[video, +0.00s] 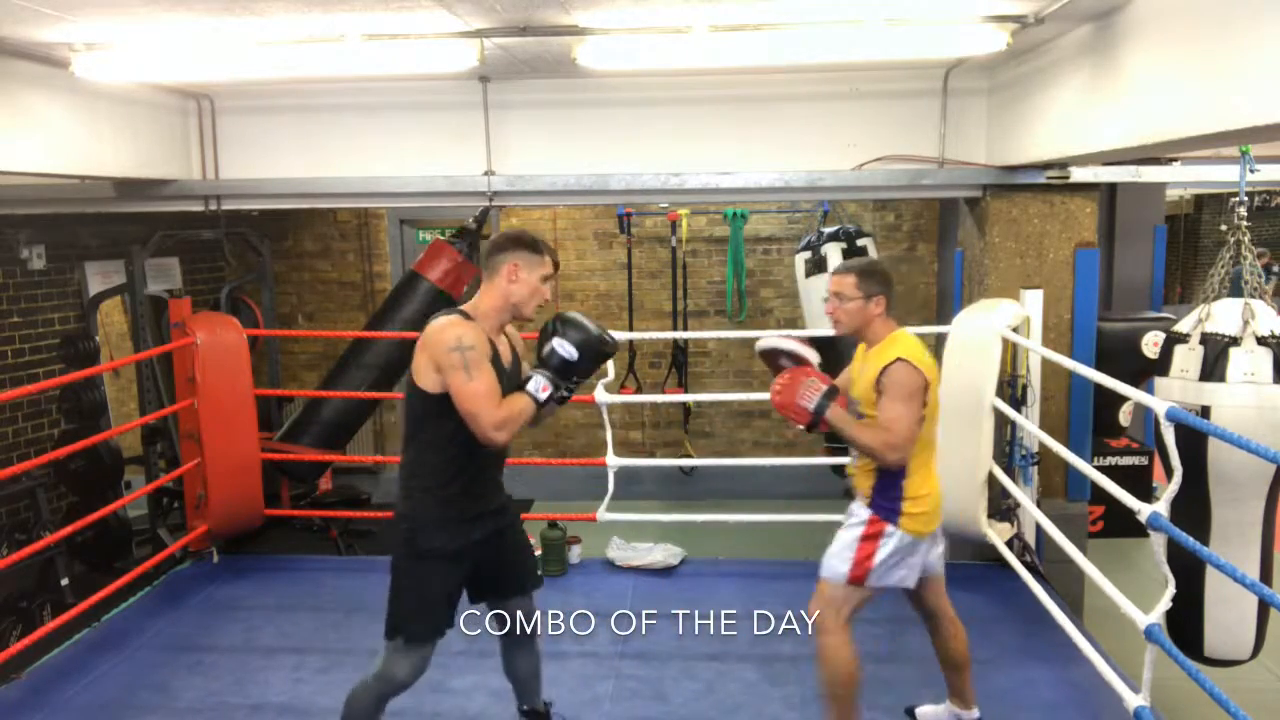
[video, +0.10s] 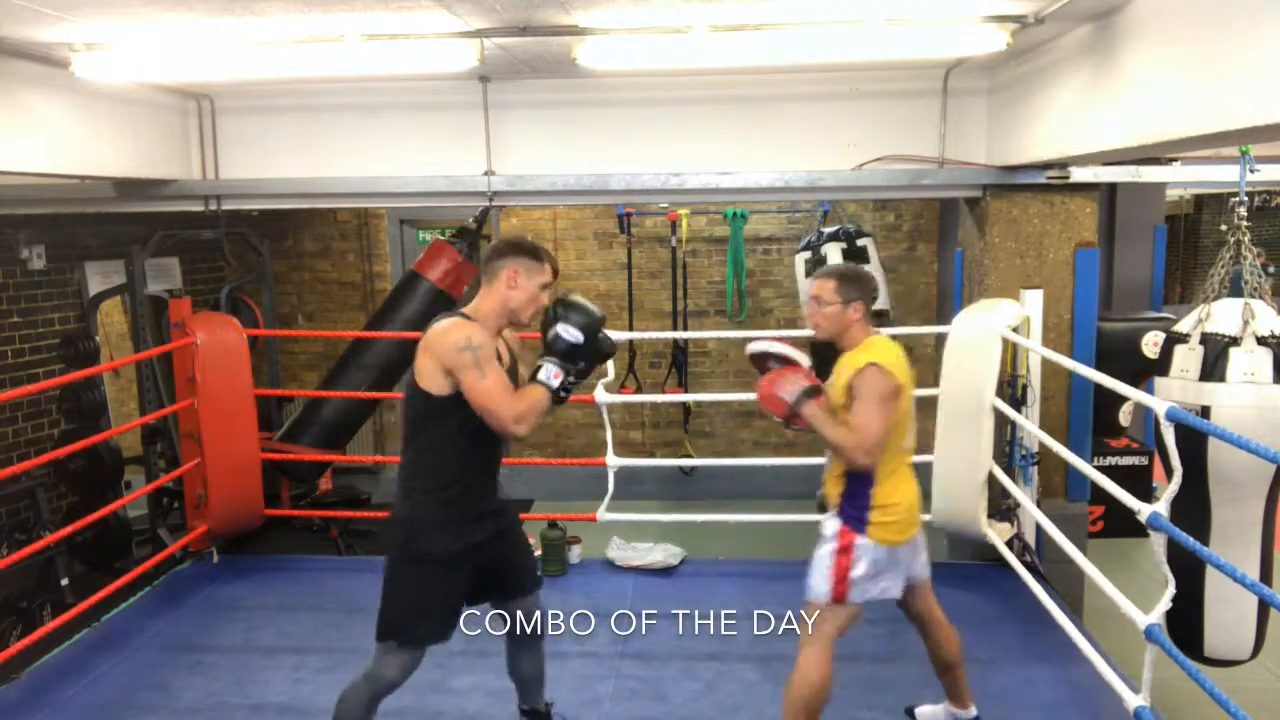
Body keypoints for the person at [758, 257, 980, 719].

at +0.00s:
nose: (830, 309)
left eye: (840, 300)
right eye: (830, 299)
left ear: (875, 305)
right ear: (871, 306)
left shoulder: (902, 363)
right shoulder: (871, 352)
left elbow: (892, 448)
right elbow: (842, 401)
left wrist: (825, 408)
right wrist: (809, 390)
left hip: (888, 514)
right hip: (913, 510)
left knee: (828, 615)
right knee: (936, 609)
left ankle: (843, 714)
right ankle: (964, 707)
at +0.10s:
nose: (809, 312)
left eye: (820, 304)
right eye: (810, 302)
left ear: (854, 311)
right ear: (854, 312)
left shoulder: (874, 366)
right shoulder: (872, 354)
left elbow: (863, 450)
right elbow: (856, 427)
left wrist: (807, 402)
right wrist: (808, 406)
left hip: (863, 523)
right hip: (897, 515)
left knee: (816, 638)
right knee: (926, 613)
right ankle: (962, 707)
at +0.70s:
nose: (707, 304)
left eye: (717, 294)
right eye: (708, 293)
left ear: (753, 303)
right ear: (757, 304)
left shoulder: (746, 358)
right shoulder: (800, 343)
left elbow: (694, 413)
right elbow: (763, 402)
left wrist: (605, 392)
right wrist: (715, 362)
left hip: (778, 524)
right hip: (825, 509)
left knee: (759, 652)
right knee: (830, 613)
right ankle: (867, 711)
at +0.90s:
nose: (708, 305)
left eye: (717, 295)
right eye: (708, 295)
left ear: (753, 301)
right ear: (758, 304)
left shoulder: (743, 356)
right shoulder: (800, 345)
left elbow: (682, 410)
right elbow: (744, 399)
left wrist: (601, 388)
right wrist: (711, 335)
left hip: (774, 523)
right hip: (818, 511)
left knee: (746, 650)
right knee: (824, 611)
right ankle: (862, 710)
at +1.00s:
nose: (705, 306)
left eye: (714, 296)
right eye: (705, 296)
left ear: (749, 303)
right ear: (748, 305)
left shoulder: (765, 358)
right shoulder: (767, 347)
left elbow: (726, 429)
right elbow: (711, 405)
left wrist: (652, 402)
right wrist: (688, 350)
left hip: (775, 519)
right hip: (801, 510)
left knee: (751, 652)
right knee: (815, 610)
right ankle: (863, 708)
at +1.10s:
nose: (701, 308)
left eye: (712, 298)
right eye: (703, 297)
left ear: (748, 304)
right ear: (745, 305)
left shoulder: (777, 363)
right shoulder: (740, 356)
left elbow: (767, 437)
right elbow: (709, 410)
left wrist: (692, 402)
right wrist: (662, 395)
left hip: (770, 530)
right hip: (784, 524)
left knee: (743, 656)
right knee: (816, 618)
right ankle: (862, 712)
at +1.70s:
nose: (680, 317)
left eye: (687, 306)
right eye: (679, 308)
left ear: (717, 308)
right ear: (717, 310)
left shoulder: (755, 343)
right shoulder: (721, 362)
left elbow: (700, 355)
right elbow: (700, 443)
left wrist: (652, 284)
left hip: (760, 531)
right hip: (771, 525)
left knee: (736, 665)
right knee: (804, 639)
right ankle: (831, 716)